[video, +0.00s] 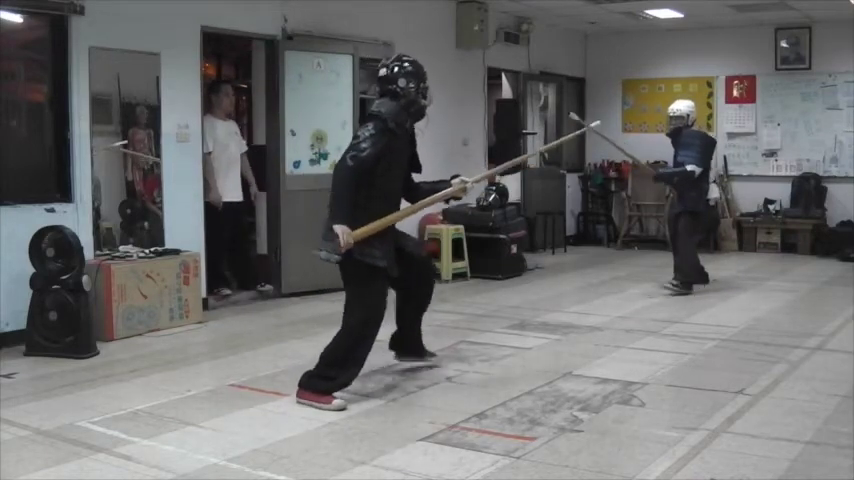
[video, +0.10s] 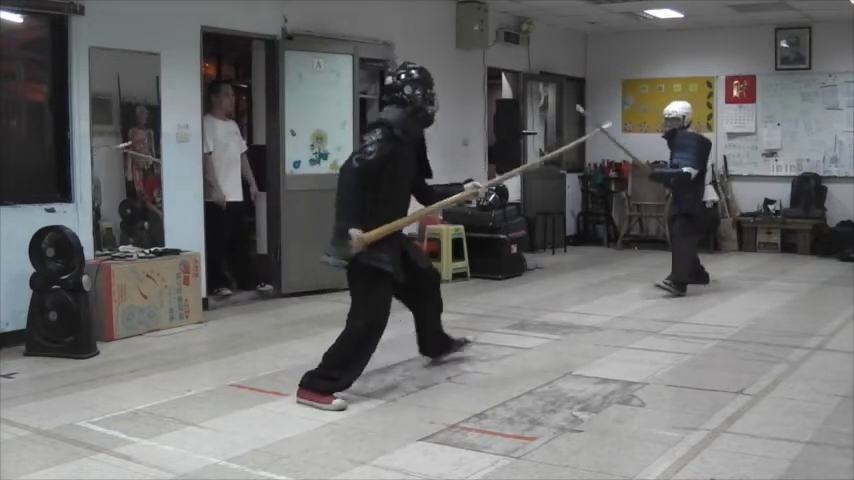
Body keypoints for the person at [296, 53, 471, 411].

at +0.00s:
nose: (424, 97)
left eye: (423, 89)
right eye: (419, 89)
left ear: (400, 90)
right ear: (403, 90)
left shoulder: (402, 132)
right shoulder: (379, 130)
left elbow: (410, 191)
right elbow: (345, 169)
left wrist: (450, 188)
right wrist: (340, 222)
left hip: (382, 234)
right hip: (357, 237)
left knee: (419, 272)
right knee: (366, 312)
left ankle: (408, 344)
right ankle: (316, 386)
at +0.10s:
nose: (431, 103)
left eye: (431, 96)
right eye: (426, 96)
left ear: (411, 97)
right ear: (408, 97)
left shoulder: (411, 136)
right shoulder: (386, 135)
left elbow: (425, 195)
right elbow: (351, 171)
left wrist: (463, 191)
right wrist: (349, 227)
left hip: (390, 241)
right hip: (366, 244)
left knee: (426, 282)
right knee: (369, 319)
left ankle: (435, 344)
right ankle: (317, 386)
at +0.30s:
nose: (456, 113)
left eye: (455, 106)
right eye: (451, 106)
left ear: (426, 110)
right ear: (438, 110)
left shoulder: (433, 147)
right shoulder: (419, 145)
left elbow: (449, 187)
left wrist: (487, 186)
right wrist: (453, 206)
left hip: (409, 241)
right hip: (393, 242)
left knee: (447, 278)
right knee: (390, 317)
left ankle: (450, 346)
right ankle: (325, 377)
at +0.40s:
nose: (462, 113)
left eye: (461, 107)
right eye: (458, 107)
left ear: (432, 109)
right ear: (446, 109)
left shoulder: (437, 145)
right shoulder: (429, 144)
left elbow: (433, 195)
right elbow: (435, 190)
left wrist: (469, 196)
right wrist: (474, 187)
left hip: (416, 240)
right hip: (396, 242)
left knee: (448, 281)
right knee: (401, 319)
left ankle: (449, 346)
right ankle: (337, 373)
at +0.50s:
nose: (461, 110)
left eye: (460, 103)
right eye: (457, 103)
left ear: (430, 105)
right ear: (445, 104)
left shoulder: (430, 142)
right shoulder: (423, 140)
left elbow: (425, 203)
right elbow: (418, 186)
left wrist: (464, 201)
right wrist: (459, 198)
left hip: (413, 239)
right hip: (399, 240)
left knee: (449, 275)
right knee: (415, 316)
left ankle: (451, 347)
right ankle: (352, 369)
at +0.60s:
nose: (444, 102)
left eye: (443, 95)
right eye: (439, 95)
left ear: (419, 96)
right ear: (424, 95)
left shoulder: (422, 134)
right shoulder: (405, 130)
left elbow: (424, 188)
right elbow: (389, 166)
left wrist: (458, 197)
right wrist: (437, 185)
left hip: (413, 233)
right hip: (397, 235)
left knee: (452, 278)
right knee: (432, 303)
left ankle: (451, 346)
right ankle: (373, 358)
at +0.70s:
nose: (423, 92)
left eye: (422, 85)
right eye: (417, 86)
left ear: (401, 87)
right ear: (401, 87)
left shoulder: (403, 124)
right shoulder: (384, 120)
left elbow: (404, 188)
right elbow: (379, 162)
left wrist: (449, 196)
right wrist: (428, 159)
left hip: (396, 225)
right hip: (382, 228)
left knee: (431, 288)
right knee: (429, 295)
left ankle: (450, 345)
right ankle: (391, 370)